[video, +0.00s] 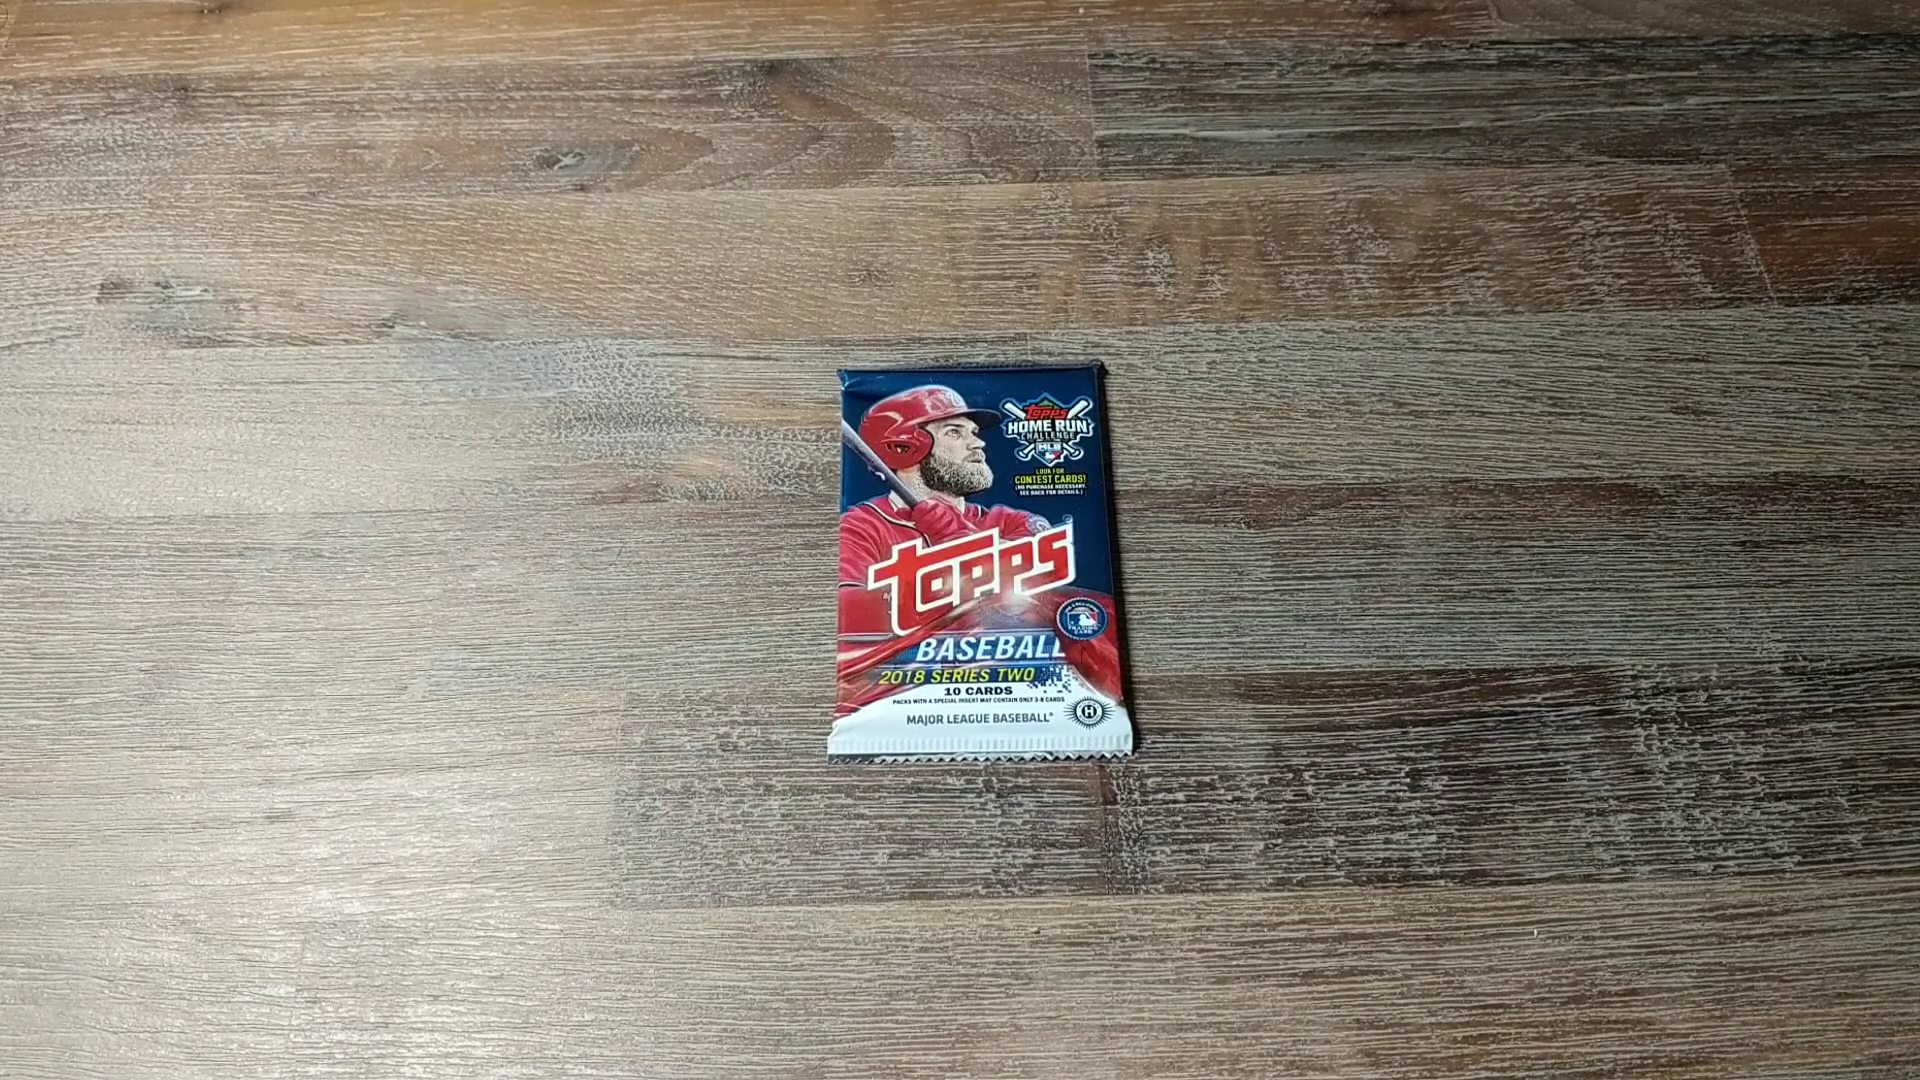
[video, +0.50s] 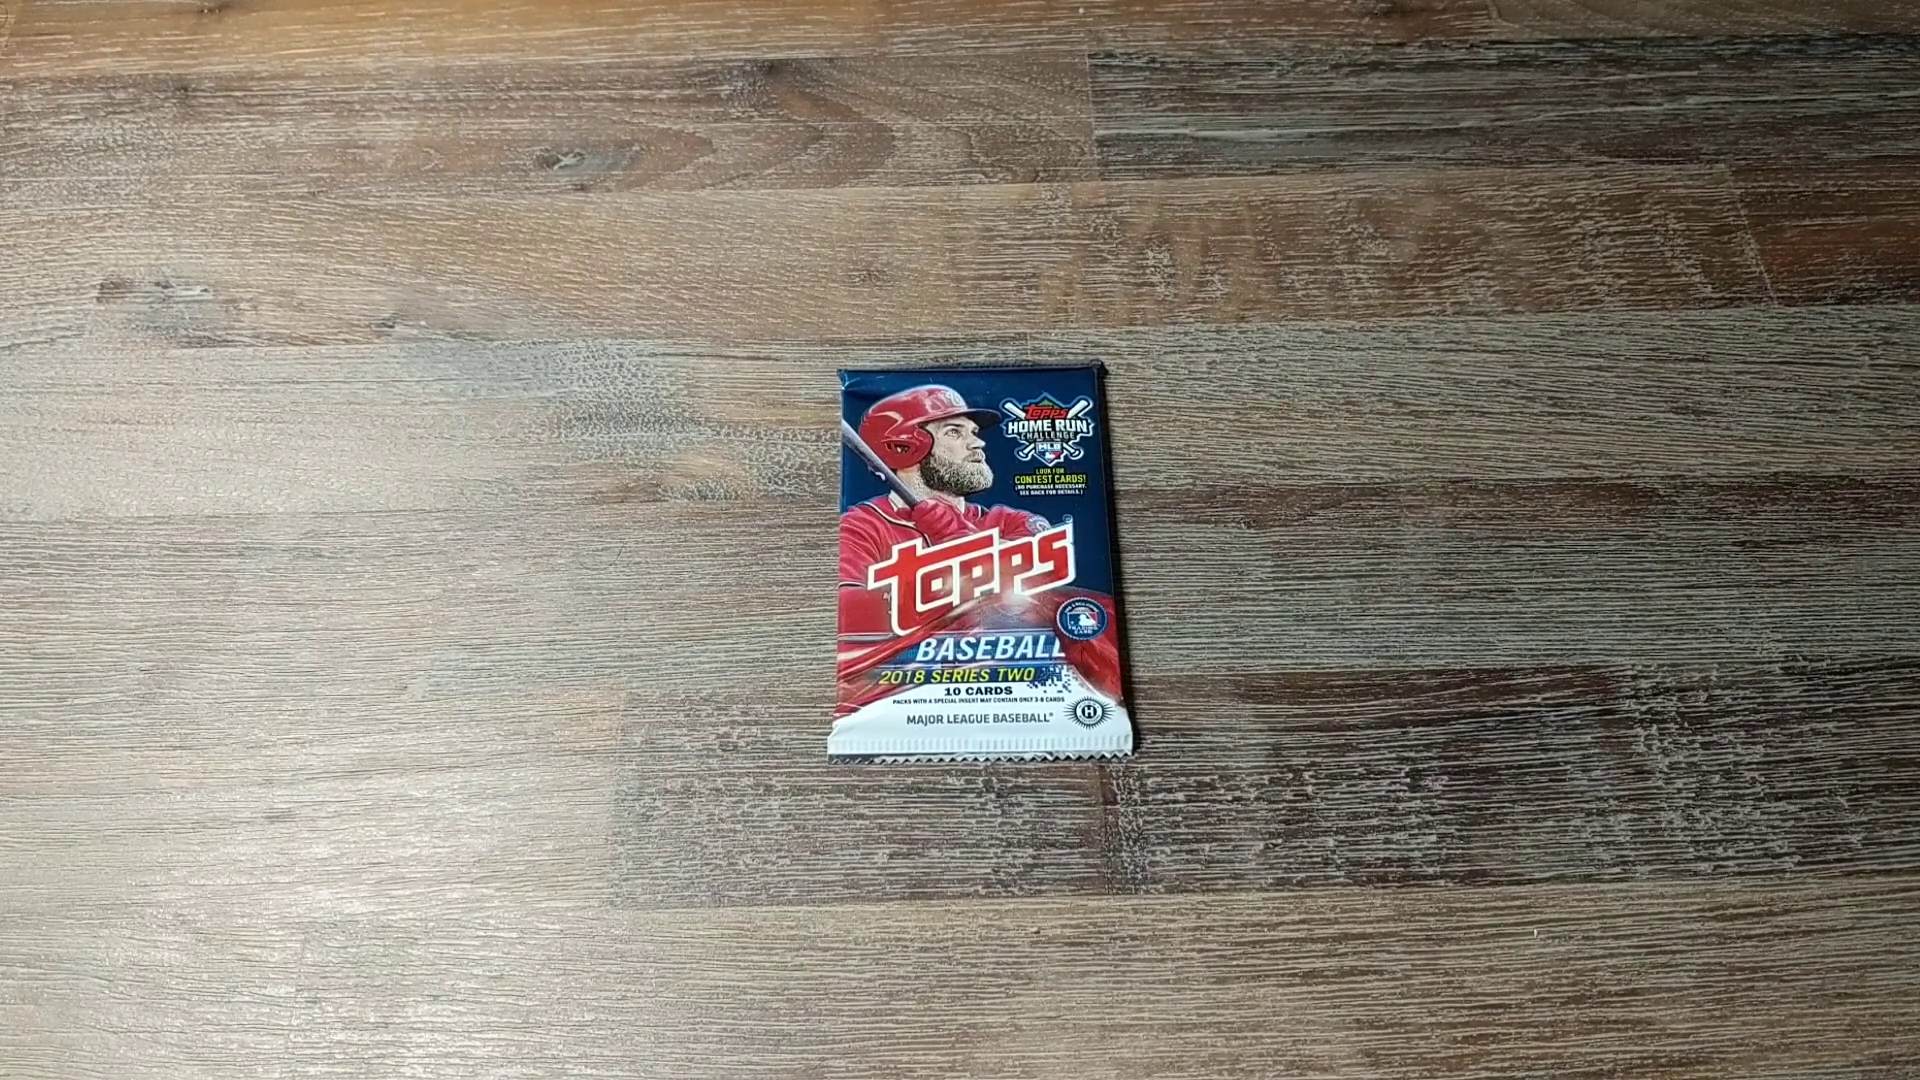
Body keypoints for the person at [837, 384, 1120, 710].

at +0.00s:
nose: (977, 443)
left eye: (974, 433)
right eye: (955, 433)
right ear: (906, 447)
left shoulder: (1015, 523)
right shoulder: (861, 527)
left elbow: (1054, 606)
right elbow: (842, 616)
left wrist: (965, 541)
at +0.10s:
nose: (977, 443)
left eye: (974, 433)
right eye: (955, 433)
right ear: (905, 447)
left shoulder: (1015, 523)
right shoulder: (861, 527)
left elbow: (1054, 606)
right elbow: (841, 615)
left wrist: (966, 541)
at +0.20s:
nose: (977, 443)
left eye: (974, 433)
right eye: (955, 433)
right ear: (905, 447)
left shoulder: (1015, 523)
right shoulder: (861, 527)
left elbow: (1054, 606)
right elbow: (841, 615)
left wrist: (966, 541)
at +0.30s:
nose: (977, 443)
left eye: (974, 433)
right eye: (955, 433)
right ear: (905, 447)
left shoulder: (1015, 523)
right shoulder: (861, 527)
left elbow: (1055, 606)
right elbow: (841, 615)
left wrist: (966, 541)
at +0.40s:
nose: (977, 443)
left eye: (974, 433)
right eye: (955, 433)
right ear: (906, 447)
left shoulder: (1015, 523)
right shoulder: (861, 527)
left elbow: (1054, 606)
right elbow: (841, 615)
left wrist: (966, 541)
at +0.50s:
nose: (977, 443)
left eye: (974, 433)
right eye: (955, 433)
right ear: (906, 447)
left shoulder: (1014, 523)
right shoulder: (861, 527)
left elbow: (1054, 605)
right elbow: (842, 616)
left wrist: (965, 540)